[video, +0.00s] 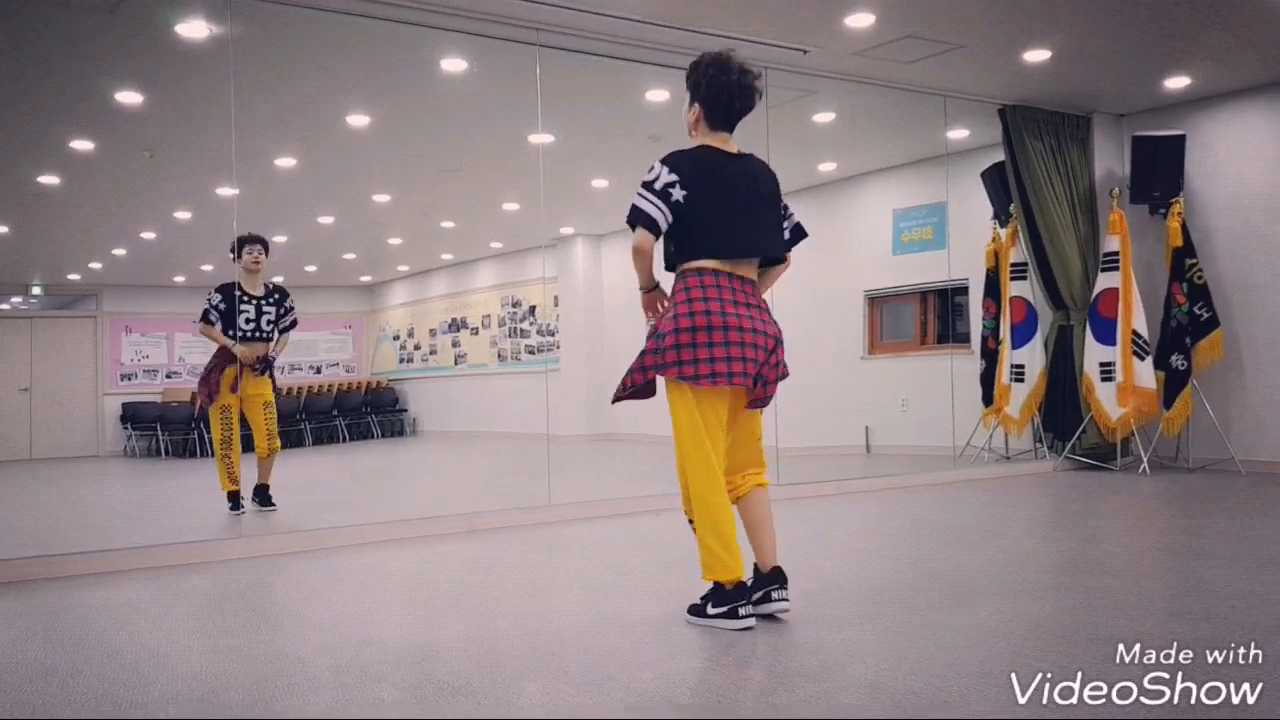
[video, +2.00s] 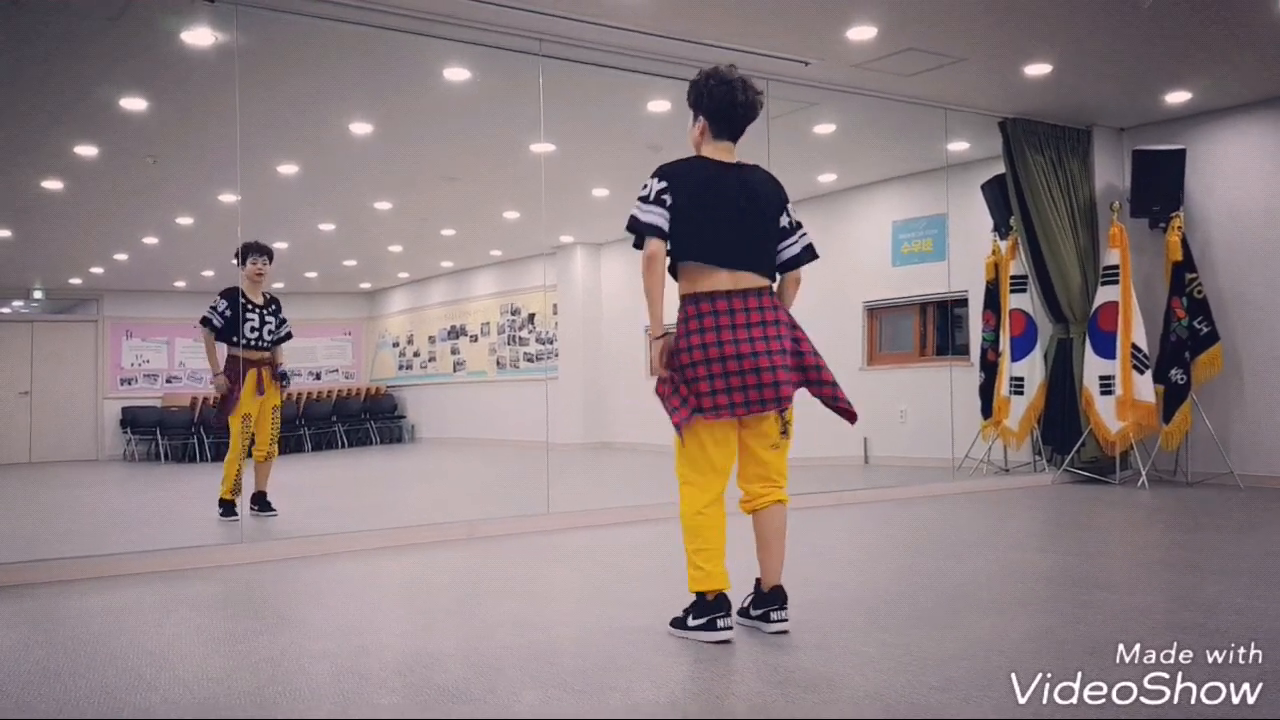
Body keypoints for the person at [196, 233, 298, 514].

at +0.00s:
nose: (256, 256)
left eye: (260, 252)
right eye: (250, 252)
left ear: (266, 259)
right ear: (238, 259)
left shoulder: (278, 295)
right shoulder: (225, 292)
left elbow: (285, 331)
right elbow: (205, 326)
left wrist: (272, 355)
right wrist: (234, 346)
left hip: (259, 372)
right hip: (226, 372)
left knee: (269, 441)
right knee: (227, 439)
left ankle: (262, 489)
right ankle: (233, 493)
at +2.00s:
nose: (259, 268)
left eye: (264, 263)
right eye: (253, 263)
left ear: (270, 269)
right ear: (242, 267)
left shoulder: (273, 303)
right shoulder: (230, 297)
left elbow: (277, 343)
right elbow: (207, 332)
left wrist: (281, 368)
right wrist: (217, 373)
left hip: (269, 372)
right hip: (241, 372)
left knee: (268, 439)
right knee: (240, 440)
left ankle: (260, 496)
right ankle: (228, 498)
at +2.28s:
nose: (263, 278)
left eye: (268, 273)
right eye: (258, 273)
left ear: (273, 275)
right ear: (247, 272)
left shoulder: (278, 305)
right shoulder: (228, 300)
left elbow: (283, 341)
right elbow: (204, 330)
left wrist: (274, 362)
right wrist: (231, 356)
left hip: (265, 381)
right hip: (235, 381)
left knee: (280, 438)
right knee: (231, 445)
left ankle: (281, 496)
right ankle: (226, 502)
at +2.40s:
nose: (265, 271)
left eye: (270, 267)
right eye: (259, 266)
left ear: (275, 273)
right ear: (247, 271)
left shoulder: (284, 307)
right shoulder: (232, 304)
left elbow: (294, 345)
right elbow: (201, 331)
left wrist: (278, 366)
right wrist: (232, 338)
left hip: (272, 383)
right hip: (239, 383)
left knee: (295, 435)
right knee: (233, 447)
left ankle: (319, 490)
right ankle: (227, 502)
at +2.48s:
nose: (268, 272)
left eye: (273, 268)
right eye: (262, 268)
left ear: (278, 275)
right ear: (251, 273)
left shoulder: (289, 307)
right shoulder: (237, 308)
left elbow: (302, 344)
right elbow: (210, 339)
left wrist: (287, 366)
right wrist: (233, 336)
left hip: (280, 385)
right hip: (247, 386)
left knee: (308, 437)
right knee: (237, 448)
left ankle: (330, 490)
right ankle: (228, 501)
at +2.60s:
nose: (282, 272)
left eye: (286, 268)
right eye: (276, 267)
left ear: (293, 274)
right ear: (266, 274)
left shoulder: (307, 304)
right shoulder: (256, 310)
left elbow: (324, 339)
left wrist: (309, 366)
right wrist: (245, 338)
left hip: (300, 381)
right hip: (267, 383)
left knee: (324, 441)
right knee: (245, 442)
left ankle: (338, 489)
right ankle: (231, 498)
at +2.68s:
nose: (291, 269)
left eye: (295, 265)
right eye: (285, 265)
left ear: (301, 270)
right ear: (275, 271)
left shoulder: (314, 298)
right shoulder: (267, 308)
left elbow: (337, 329)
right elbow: (265, 349)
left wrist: (324, 358)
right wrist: (252, 337)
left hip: (312, 375)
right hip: (280, 376)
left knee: (328, 438)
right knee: (254, 438)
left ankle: (338, 490)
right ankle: (237, 496)